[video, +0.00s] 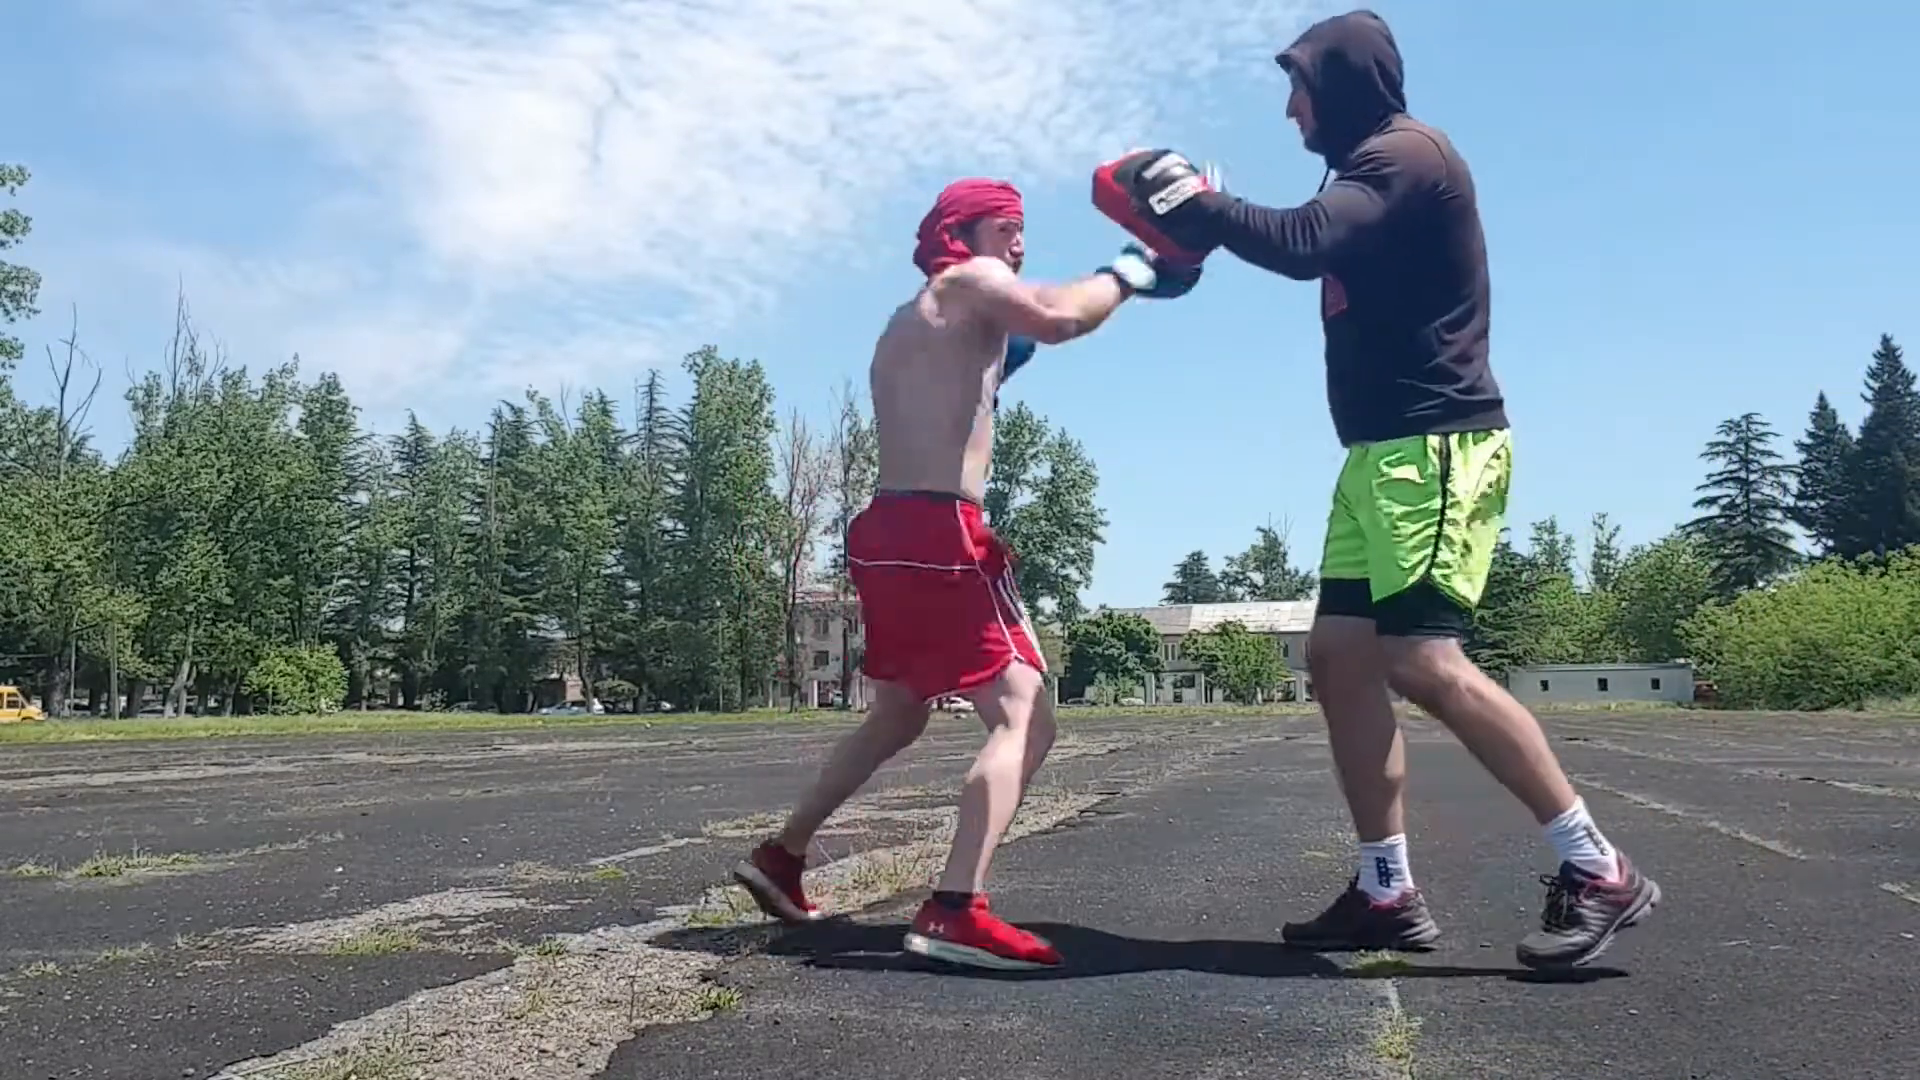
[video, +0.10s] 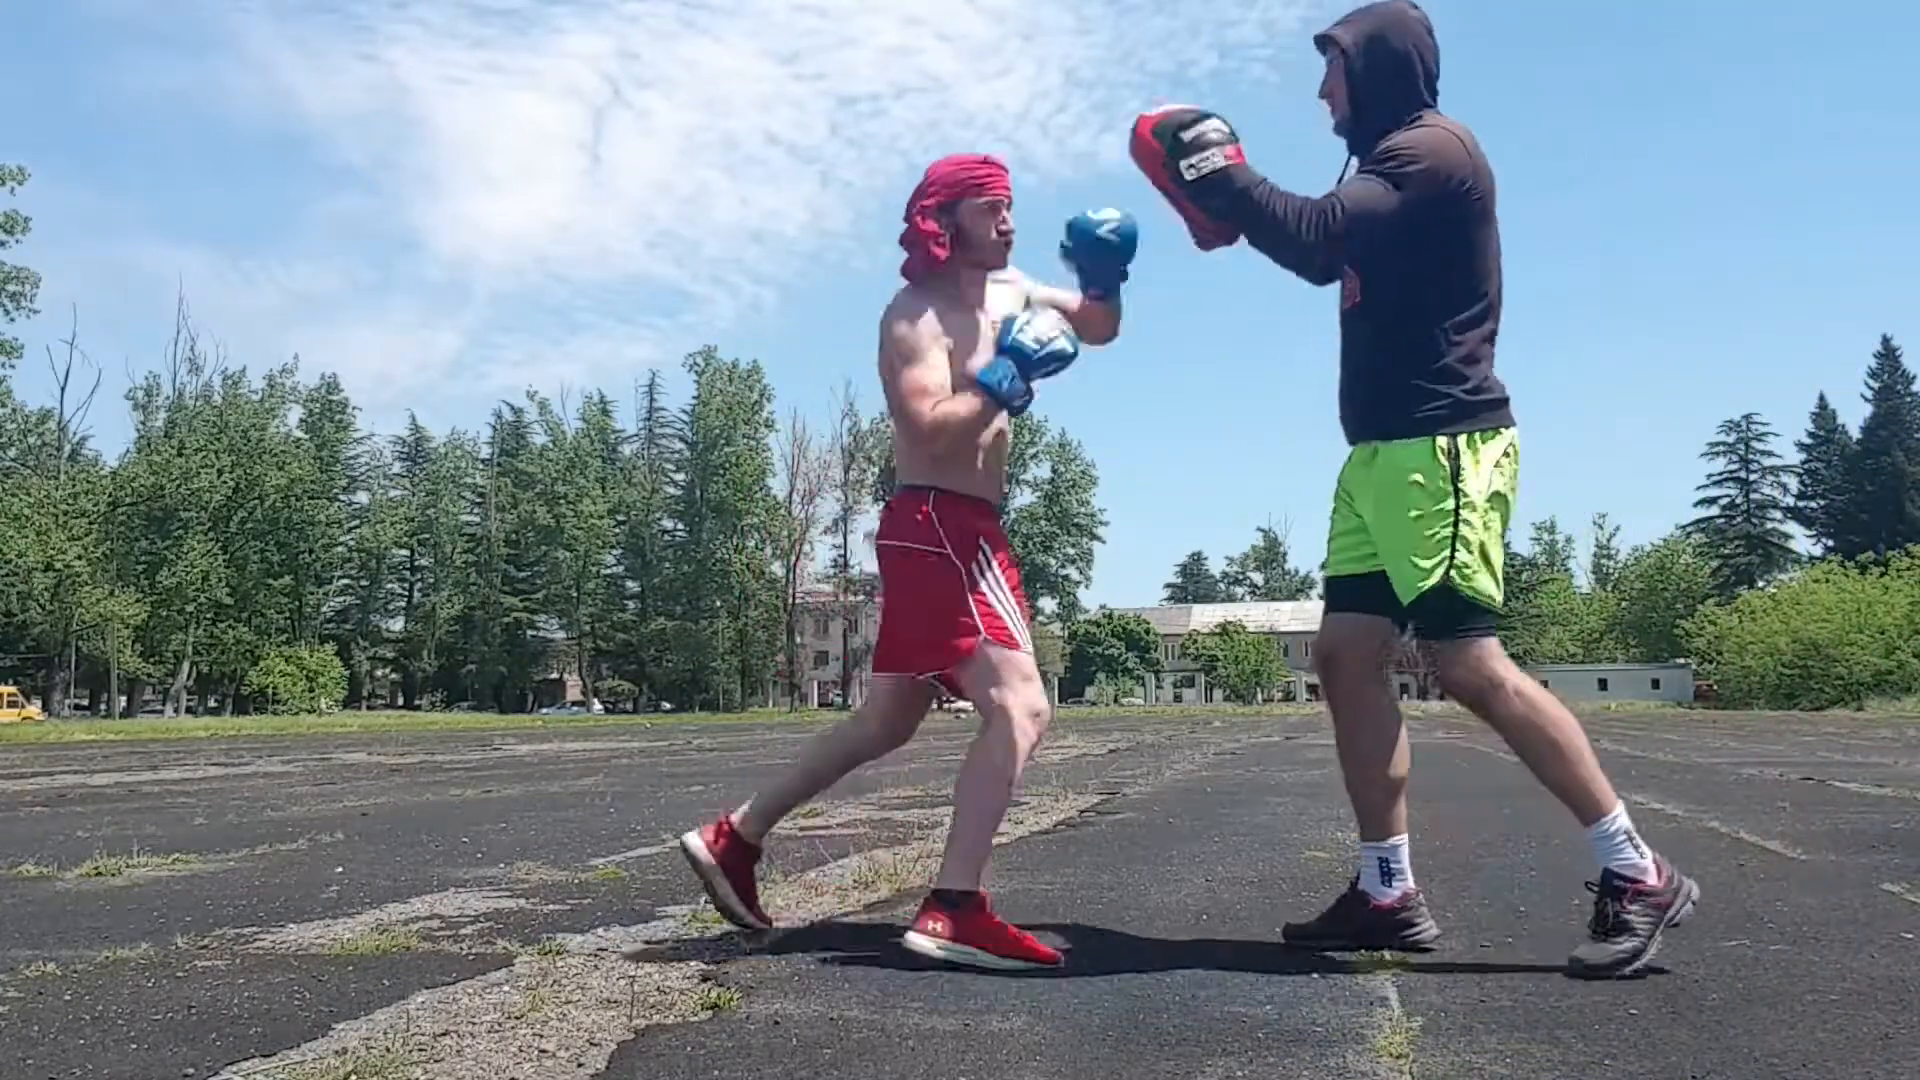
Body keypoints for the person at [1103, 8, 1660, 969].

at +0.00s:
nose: (1290, 110)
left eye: (1298, 90)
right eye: (1291, 91)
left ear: (1343, 86)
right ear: (1356, 82)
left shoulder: (1405, 155)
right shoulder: (1367, 165)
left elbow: (1303, 241)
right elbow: (1300, 245)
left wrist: (1192, 197)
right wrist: (1202, 203)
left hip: (1438, 444)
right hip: (1379, 449)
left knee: (1421, 658)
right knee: (1341, 658)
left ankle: (1598, 869)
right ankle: (1385, 894)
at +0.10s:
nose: (1322, 87)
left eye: (1331, 67)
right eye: (1325, 69)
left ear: (1370, 72)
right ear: (1393, 71)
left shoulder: (1433, 151)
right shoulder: (1384, 165)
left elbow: (1319, 229)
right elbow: (1319, 256)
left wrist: (1224, 168)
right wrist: (1223, 196)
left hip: (1445, 446)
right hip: (1377, 452)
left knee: (1469, 664)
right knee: (1348, 655)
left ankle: (1637, 873)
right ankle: (1387, 895)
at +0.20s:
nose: (1363, 81)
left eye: (1377, 62)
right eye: (1365, 64)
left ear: (1425, 67)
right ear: (1411, 71)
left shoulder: (1481, 155)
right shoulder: (1403, 172)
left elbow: (1351, 197)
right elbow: (1349, 258)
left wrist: (1293, 107)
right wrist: (1259, 203)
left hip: (1469, 460)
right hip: (1386, 462)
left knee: (1528, 674)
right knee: (1345, 660)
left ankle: (1656, 896)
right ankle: (1386, 893)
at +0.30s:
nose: (1405, 82)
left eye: (1422, 64)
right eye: (1404, 66)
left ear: (1477, 69)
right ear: (1429, 77)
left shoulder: (1530, 156)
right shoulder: (1429, 179)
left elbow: (1425, 201)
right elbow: (1373, 266)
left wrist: (1325, 149)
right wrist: (1297, 219)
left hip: (1495, 464)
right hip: (1400, 464)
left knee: (1567, 679)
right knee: (1341, 656)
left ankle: (1665, 905)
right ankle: (1384, 891)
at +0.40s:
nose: (1417, 87)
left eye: (1432, 69)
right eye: (1416, 70)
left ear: (1486, 73)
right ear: (1453, 78)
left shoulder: (1549, 168)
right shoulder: (1447, 181)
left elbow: (1493, 270)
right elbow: (1393, 262)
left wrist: (1347, 184)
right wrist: (1319, 208)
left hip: (1521, 461)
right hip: (1426, 461)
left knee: (1585, 677)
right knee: (1338, 644)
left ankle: (1671, 909)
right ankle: (1392, 867)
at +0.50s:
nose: (1410, 91)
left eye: (1422, 71)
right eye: (1407, 74)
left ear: (1475, 72)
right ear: (1433, 83)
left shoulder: (1551, 161)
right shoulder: (1441, 175)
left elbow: (1494, 250)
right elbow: (1370, 244)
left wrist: (1368, 170)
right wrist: (1302, 155)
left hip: (1533, 455)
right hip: (1434, 456)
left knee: (1583, 671)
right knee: (1357, 643)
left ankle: (1668, 904)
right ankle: (1424, 857)